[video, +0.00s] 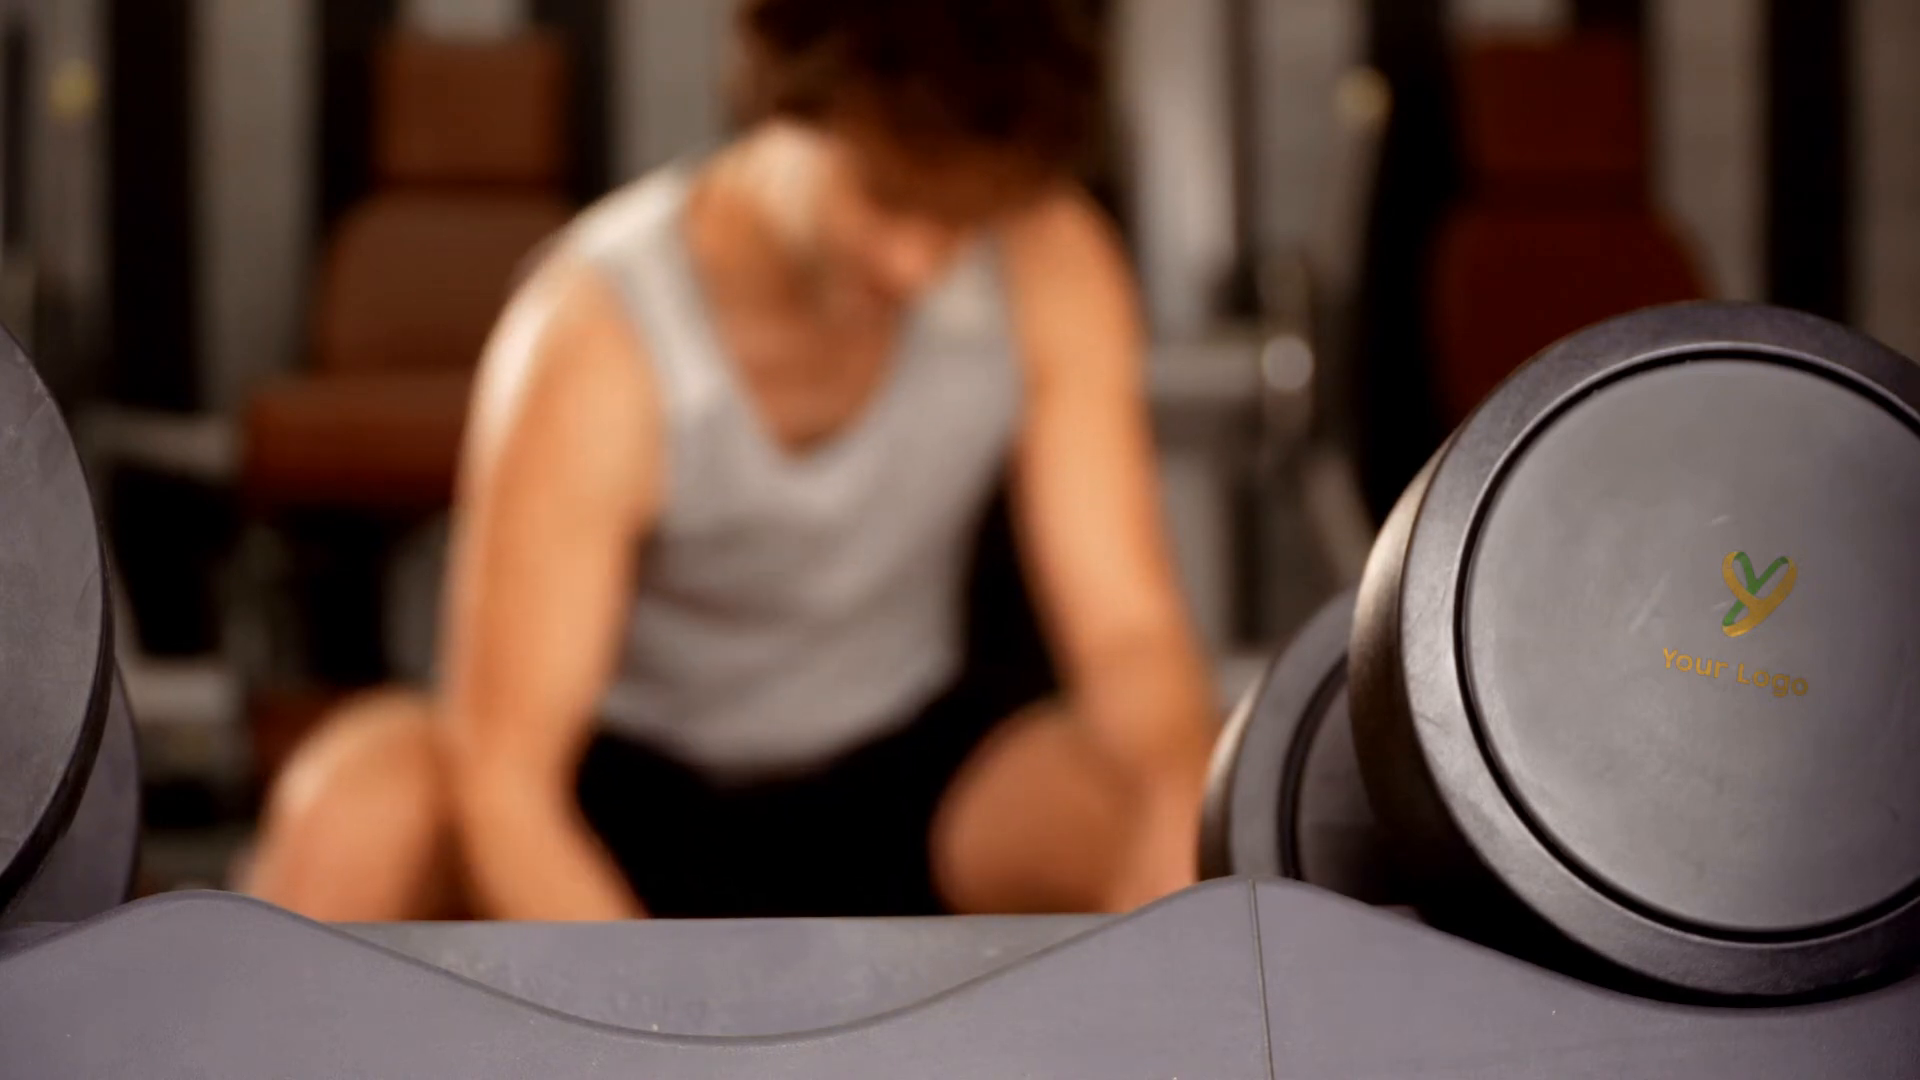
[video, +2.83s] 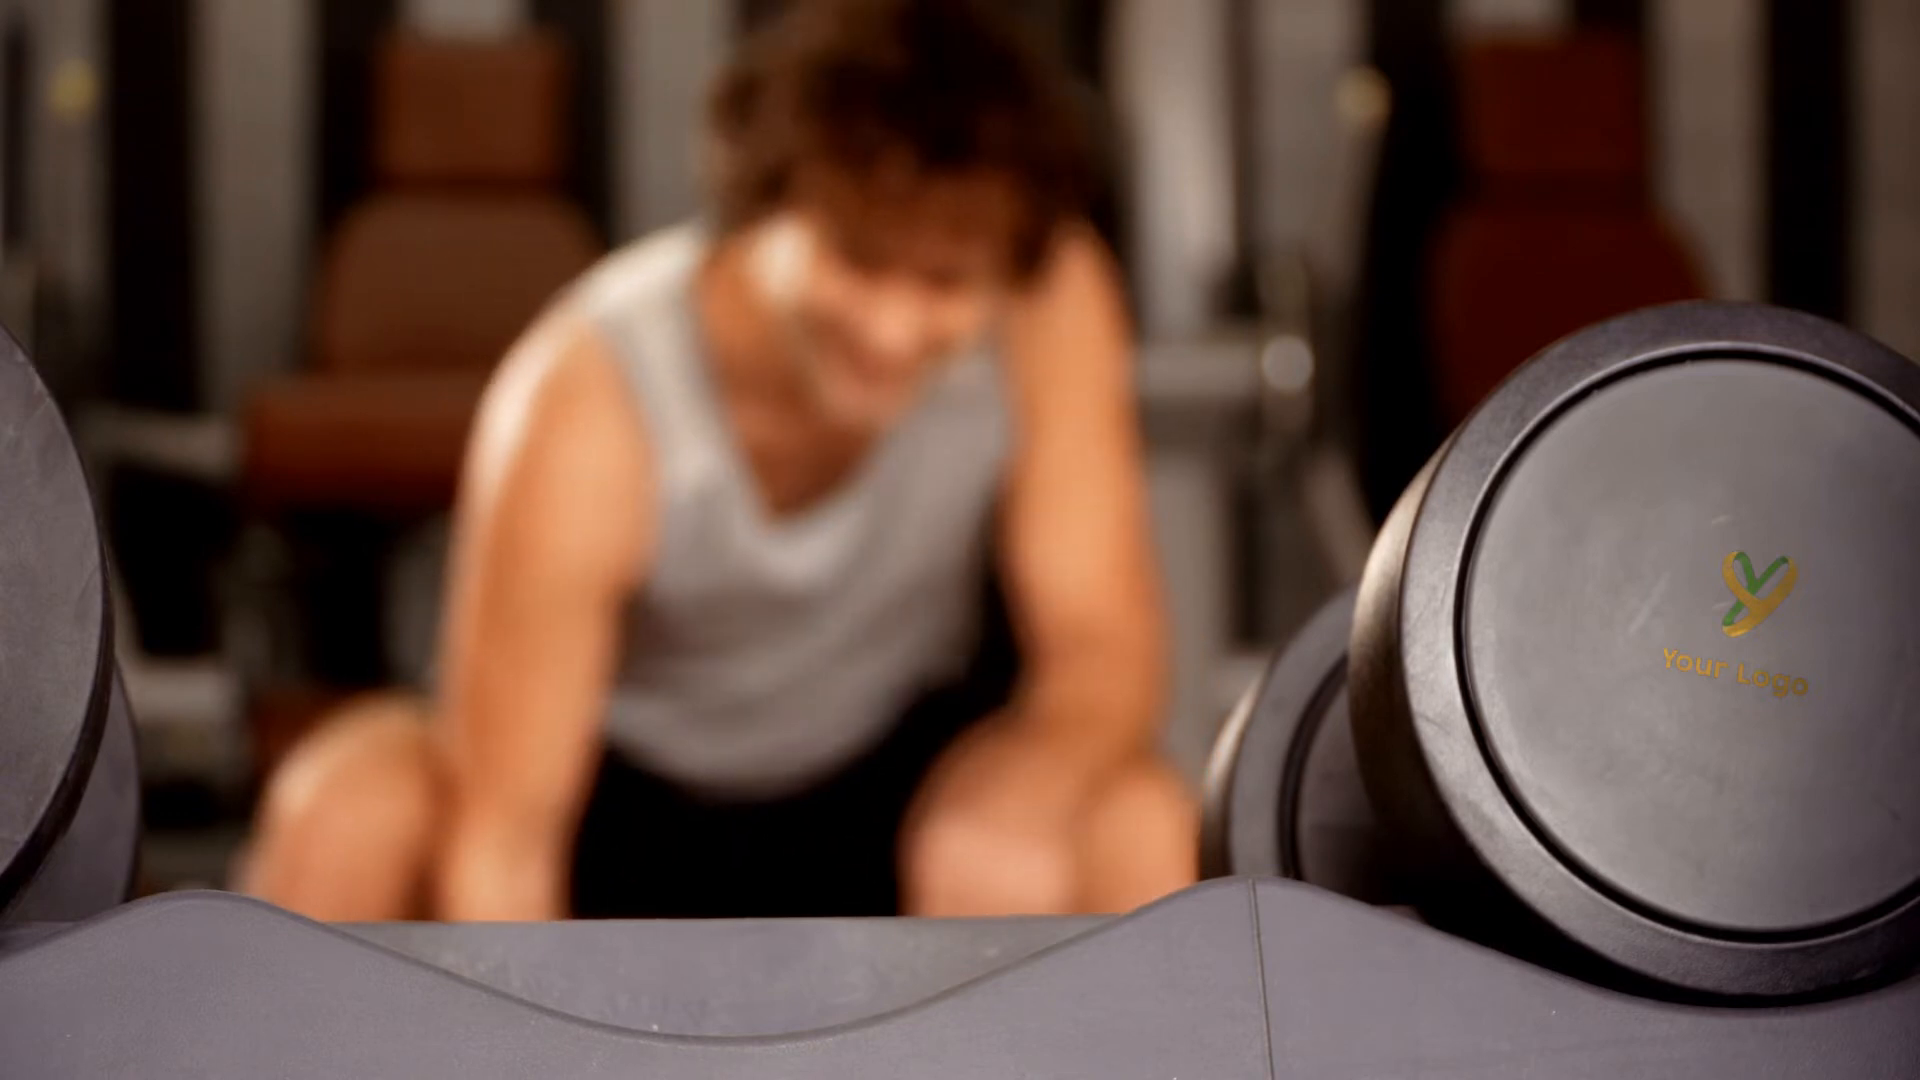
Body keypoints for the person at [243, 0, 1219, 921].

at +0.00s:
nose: (919, 264)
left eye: (970, 220)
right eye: (888, 202)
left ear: (1015, 174)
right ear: (793, 115)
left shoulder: (1044, 254)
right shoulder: (595, 327)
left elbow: (1128, 639)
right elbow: (503, 778)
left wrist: (1183, 863)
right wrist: (662, 1032)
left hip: (898, 780)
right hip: (627, 794)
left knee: (1187, 808)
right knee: (354, 789)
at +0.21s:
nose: (912, 238)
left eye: (961, 192)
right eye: (879, 175)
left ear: (1013, 159)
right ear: (778, 82)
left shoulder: (1044, 256)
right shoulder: (578, 307)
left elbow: (1133, 637)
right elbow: (508, 744)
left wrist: (1182, 851)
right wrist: (721, 897)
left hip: (902, 785)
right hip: (626, 794)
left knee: (1197, 790)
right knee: (369, 793)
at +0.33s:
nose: (908, 231)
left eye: (957, 183)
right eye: (875, 168)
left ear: (1010, 150)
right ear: (777, 76)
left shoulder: (1038, 257)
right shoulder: (556, 309)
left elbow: (1134, 640)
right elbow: (519, 737)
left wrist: (1185, 835)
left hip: (899, 802)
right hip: (619, 800)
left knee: (1193, 787)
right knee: (373, 789)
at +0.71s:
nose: (869, 230)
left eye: (914, 181)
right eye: (834, 169)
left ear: (965, 142)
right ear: (735, 90)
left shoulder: (1001, 257)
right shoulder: (483, 319)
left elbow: (1120, 632)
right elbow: (523, 750)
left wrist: (1180, 884)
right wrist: (745, 704)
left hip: (898, 785)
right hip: (601, 795)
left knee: (1169, 807)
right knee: (371, 805)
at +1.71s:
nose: (875, 205)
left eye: (923, 158)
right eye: (841, 145)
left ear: (983, 123)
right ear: (744, 68)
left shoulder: (1025, 252)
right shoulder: (526, 317)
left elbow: (1126, 638)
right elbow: (520, 732)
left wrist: (1165, 868)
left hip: (905, 795)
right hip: (628, 792)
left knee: (1189, 767)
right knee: (364, 787)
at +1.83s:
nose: (876, 205)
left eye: (926, 161)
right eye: (844, 145)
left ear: (988, 128)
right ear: (752, 70)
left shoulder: (1033, 253)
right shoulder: (541, 325)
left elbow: (1122, 631)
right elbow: (518, 769)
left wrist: (1162, 857)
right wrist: (652, 979)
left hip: (905, 776)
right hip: (619, 785)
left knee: (1187, 808)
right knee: (357, 794)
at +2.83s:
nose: (895, 328)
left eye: (949, 281)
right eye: (858, 263)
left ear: (1014, 265)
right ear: (766, 204)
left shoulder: (1045, 282)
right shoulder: (582, 397)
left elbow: (1101, 662)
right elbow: (507, 832)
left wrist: (998, 832)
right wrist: (521, 1076)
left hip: (893, 784)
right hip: (612, 794)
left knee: (1137, 830)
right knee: (343, 805)